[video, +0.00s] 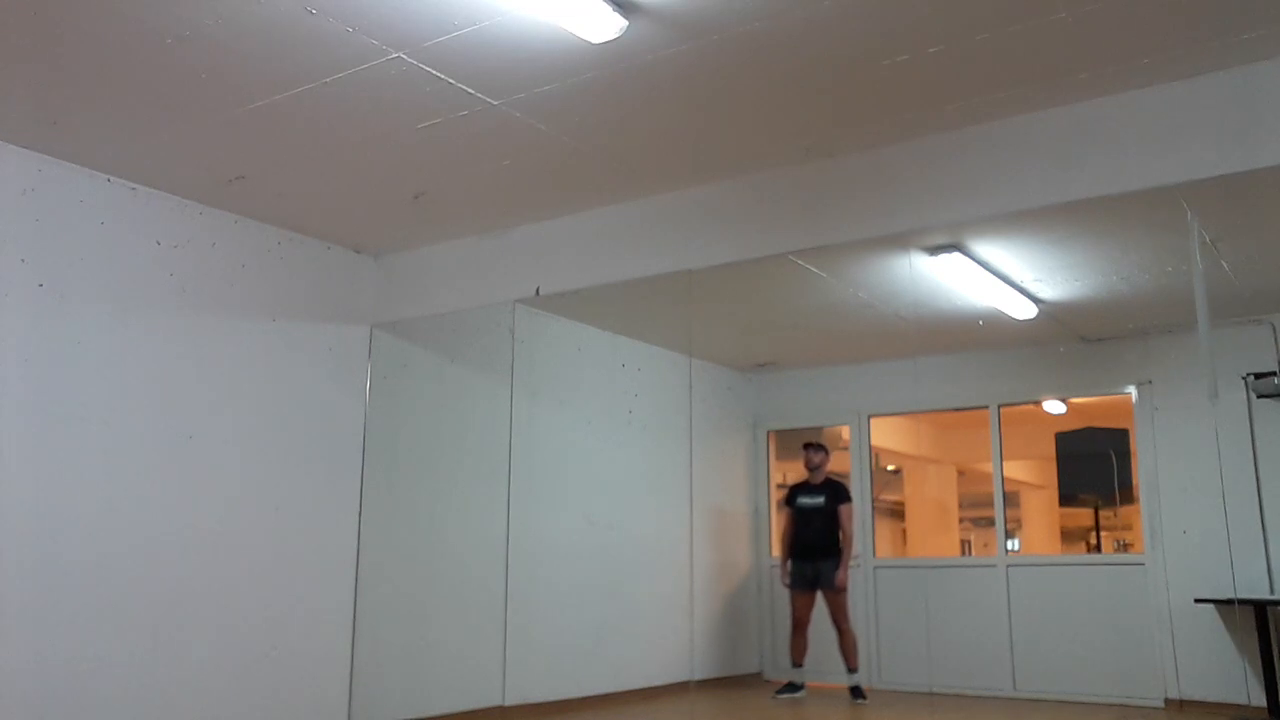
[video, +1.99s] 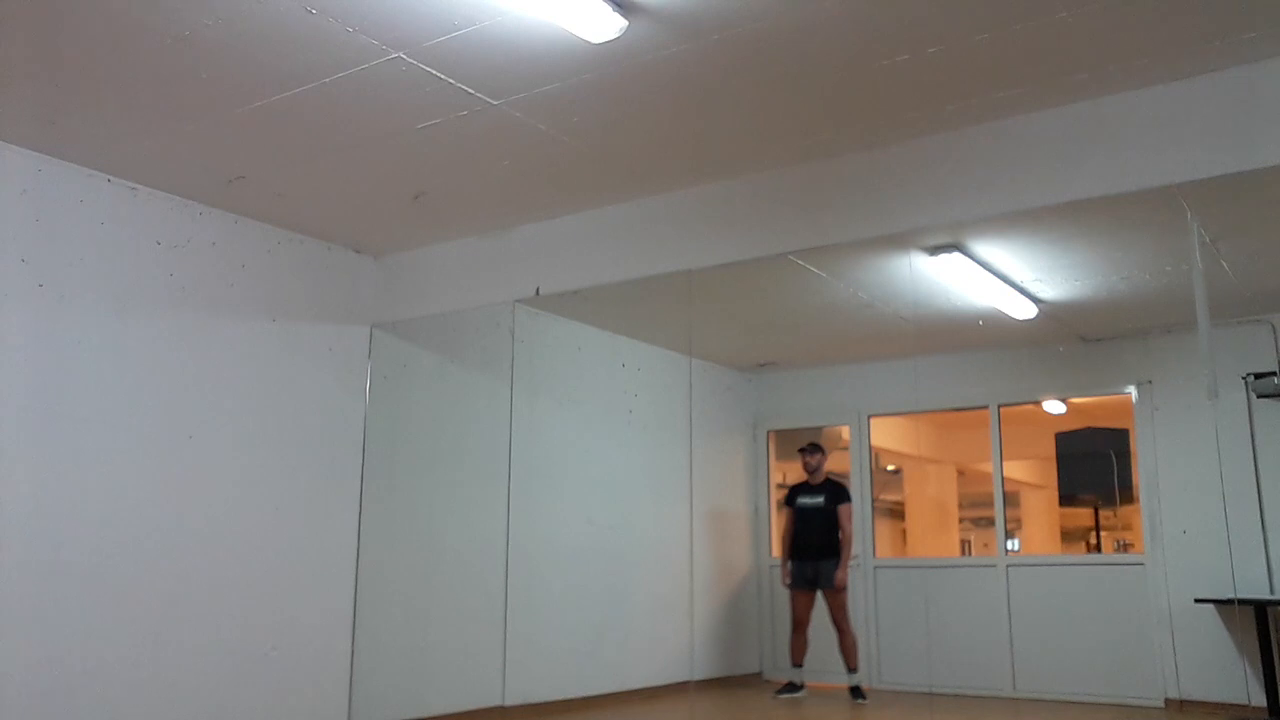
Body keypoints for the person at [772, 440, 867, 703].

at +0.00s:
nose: (812, 458)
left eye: (817, 454)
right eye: (808, 454)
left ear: (827, 459)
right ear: (804, 459)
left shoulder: (838, 490)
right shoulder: (795, 491)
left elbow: (847, 531)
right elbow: (788, 528)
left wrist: (844, 567)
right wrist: (784, 562)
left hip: (830, 563)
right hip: (801, 564)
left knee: (842, 623)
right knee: (799, 623)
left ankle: (854, 682)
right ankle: (796, 680)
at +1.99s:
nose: (808, 460)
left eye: (813, 455)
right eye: (805, 456)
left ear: (824, 458)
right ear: (801, 461)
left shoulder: (838, 490)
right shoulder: (795, 492)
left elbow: (846, 531)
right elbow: (788, 529)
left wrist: (843, 567)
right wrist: (785, 562)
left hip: (830, 563)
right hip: (801, 564)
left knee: (841, 623)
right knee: (799, 624)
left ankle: (854, 682)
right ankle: (796, 680)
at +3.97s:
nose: (809, 460)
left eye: (814, 455)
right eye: (806, 456)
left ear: (825, 458)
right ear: (802, 460)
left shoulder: (838, 489)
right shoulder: (796, 491)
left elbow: (846, 529)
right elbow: (788, 528)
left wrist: (838, 563)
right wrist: (785, 562)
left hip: (830, 563)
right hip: (801, 564)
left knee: (842, 624)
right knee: (799, 624)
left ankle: (854, 682)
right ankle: (796, 679)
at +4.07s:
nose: (809, 459)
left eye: (814, 454)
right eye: (805, 455)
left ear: (824, 458)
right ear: (802, 460)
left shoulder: (837, 488)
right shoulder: (795, 491)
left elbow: (840, 527)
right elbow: (788, 528)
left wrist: (816, 553)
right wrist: (785, 562)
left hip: (830, 561)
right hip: (802, 562)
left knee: (842, 623)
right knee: (799, 623)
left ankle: (855, 683)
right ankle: (796, 679)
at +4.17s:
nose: (808, 459)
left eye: (813, 454)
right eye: (805, 455)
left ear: (824, 458)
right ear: (801, 460)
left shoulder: (835, 487)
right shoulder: (794, 491)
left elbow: (827, 520)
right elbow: (787, 528)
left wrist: (788, 529)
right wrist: (782, 562)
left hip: (829, 563)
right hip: (801, 564)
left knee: (841, 624)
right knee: (795, 622)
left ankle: (854, 683)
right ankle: (796, 679)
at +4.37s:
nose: (795, 465)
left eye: (800, 460)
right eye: (791, 460)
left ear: (811, 463)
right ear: (788, 465)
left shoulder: (820, 493)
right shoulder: (783, 493)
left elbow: (811, 532)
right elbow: (766, 526)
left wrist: (789, 556)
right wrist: (751, 558)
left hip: (818, 566)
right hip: (791, 566)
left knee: (829, 624)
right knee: (781, 623)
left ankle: (853, 682)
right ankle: (795, 680)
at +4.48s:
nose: (783, 473)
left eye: (787, 469)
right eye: (780, 470)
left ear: (799, 470)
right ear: (777, 472)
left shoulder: (812, 500)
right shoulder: (770, 500)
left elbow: (833, 534)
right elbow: (741, 525)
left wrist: (853, 564)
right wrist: (714, 549)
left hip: (813, 571)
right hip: (785, 571)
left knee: (820, 623)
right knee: (776, 625)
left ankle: (845, 678)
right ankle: (794, 681)